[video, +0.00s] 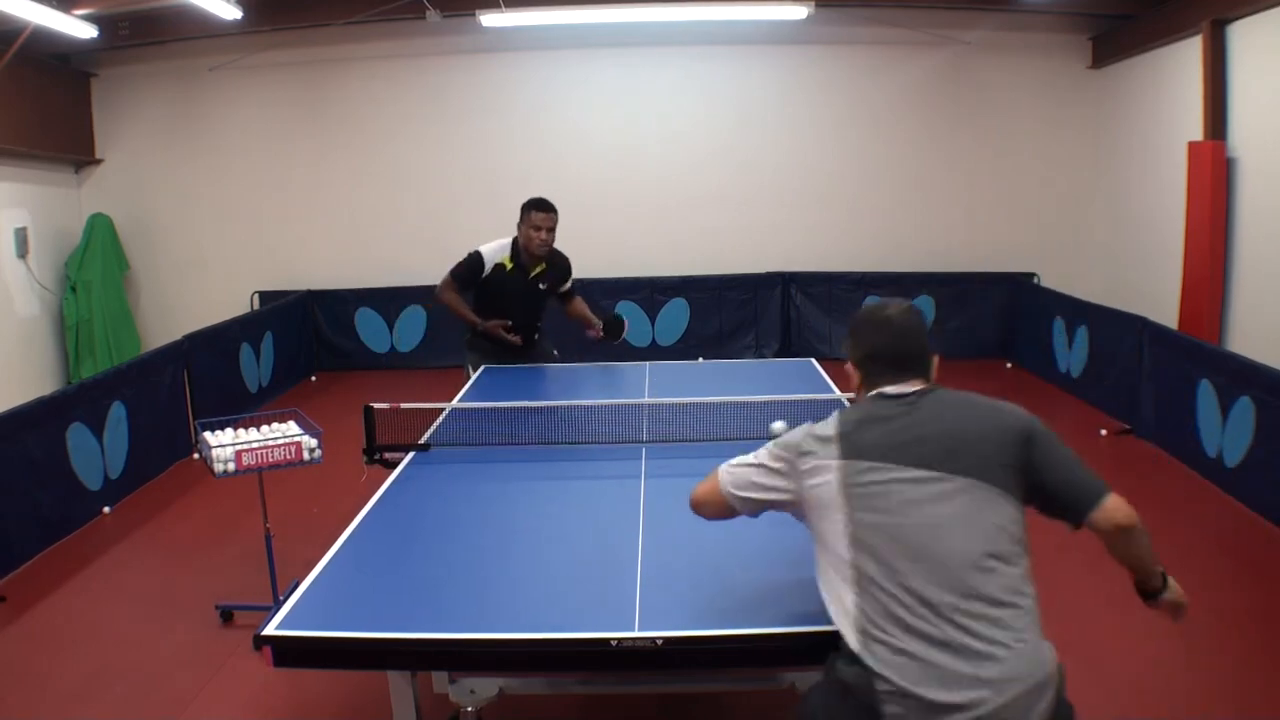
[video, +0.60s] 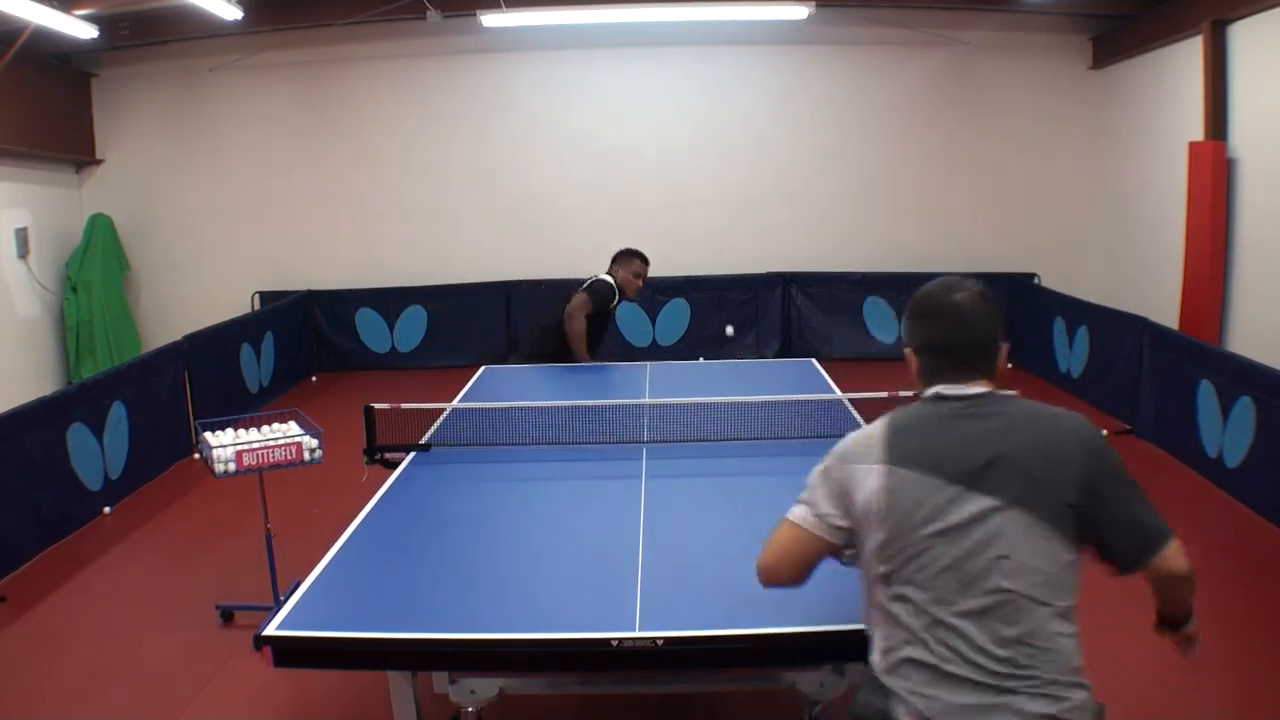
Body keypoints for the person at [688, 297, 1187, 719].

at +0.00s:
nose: (848, 372)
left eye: (848, 364)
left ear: (851, 376)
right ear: (934, 366)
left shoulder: (814, 446)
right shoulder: (1007, 425)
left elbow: (704, 501)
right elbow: (1117, 519)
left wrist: (782, 482)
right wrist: (1153, 582)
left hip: (890, 695)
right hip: (1021, 693)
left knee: (819, 699)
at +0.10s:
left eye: (822, 387)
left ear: (827, 395)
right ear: (910, 383)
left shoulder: (789, 455)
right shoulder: (958, 431)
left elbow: (716, 488)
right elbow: (1062, 519)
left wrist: (783, 467)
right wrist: (1147, 603)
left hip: (851, 698)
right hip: (979, 693)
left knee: (798, 686)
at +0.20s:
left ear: (812, 396)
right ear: (895, 386)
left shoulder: (779, 456)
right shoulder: (933, 425)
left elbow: (827, 439)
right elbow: (1023, 511)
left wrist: (877, 409)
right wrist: (1123, 606)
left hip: (829, 698)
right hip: (962, 692)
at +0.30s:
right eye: (905, 368)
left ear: (819, 382)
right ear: (901, 374)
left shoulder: (781, 446)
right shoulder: (938, 413)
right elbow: (1018, 503)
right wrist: (1113, 610)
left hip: (826, 690)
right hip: (961, 685)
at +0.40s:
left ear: (835, 370)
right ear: (920, 363)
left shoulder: (798, 435)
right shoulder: (962, 410)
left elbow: (763, 491)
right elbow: (1041, 512)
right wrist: (1132, 628)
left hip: (841, 692)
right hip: (976, 691)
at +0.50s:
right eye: (957, 353)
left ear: (866, 366)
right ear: (954, 364)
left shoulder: (821, 441)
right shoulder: (1004, 427)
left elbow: (757, 533)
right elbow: (1102, 553)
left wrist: (815, 482)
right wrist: (1165, 642)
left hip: (867, 698)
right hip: (997, 699)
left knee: (825, 677)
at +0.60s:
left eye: (903, 354)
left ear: (910, 363)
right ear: (1003, 360)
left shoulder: (865, 450)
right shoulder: (1071, 440)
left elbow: (775, 569)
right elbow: (1173, 567)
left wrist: (834, 531)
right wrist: (1175, 619)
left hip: (910, 704)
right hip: (1045, 705)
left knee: (820, 687)